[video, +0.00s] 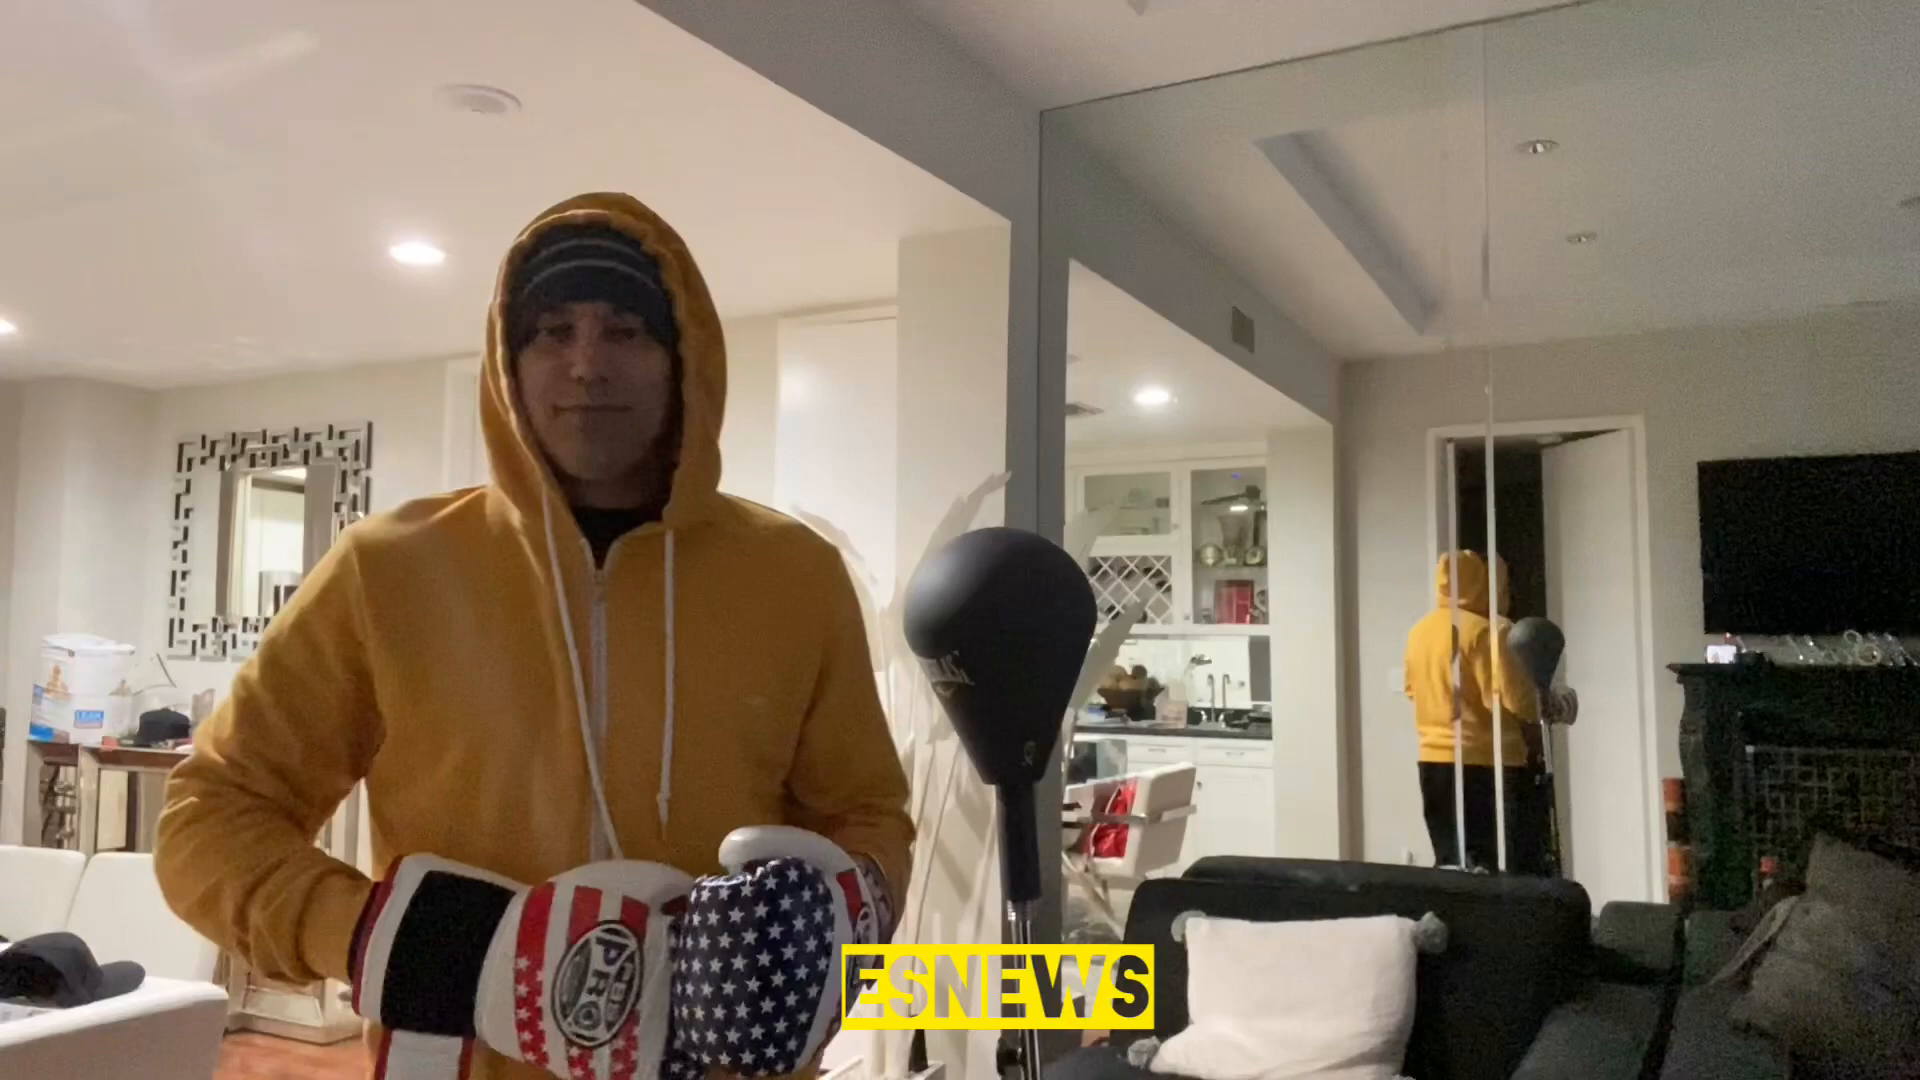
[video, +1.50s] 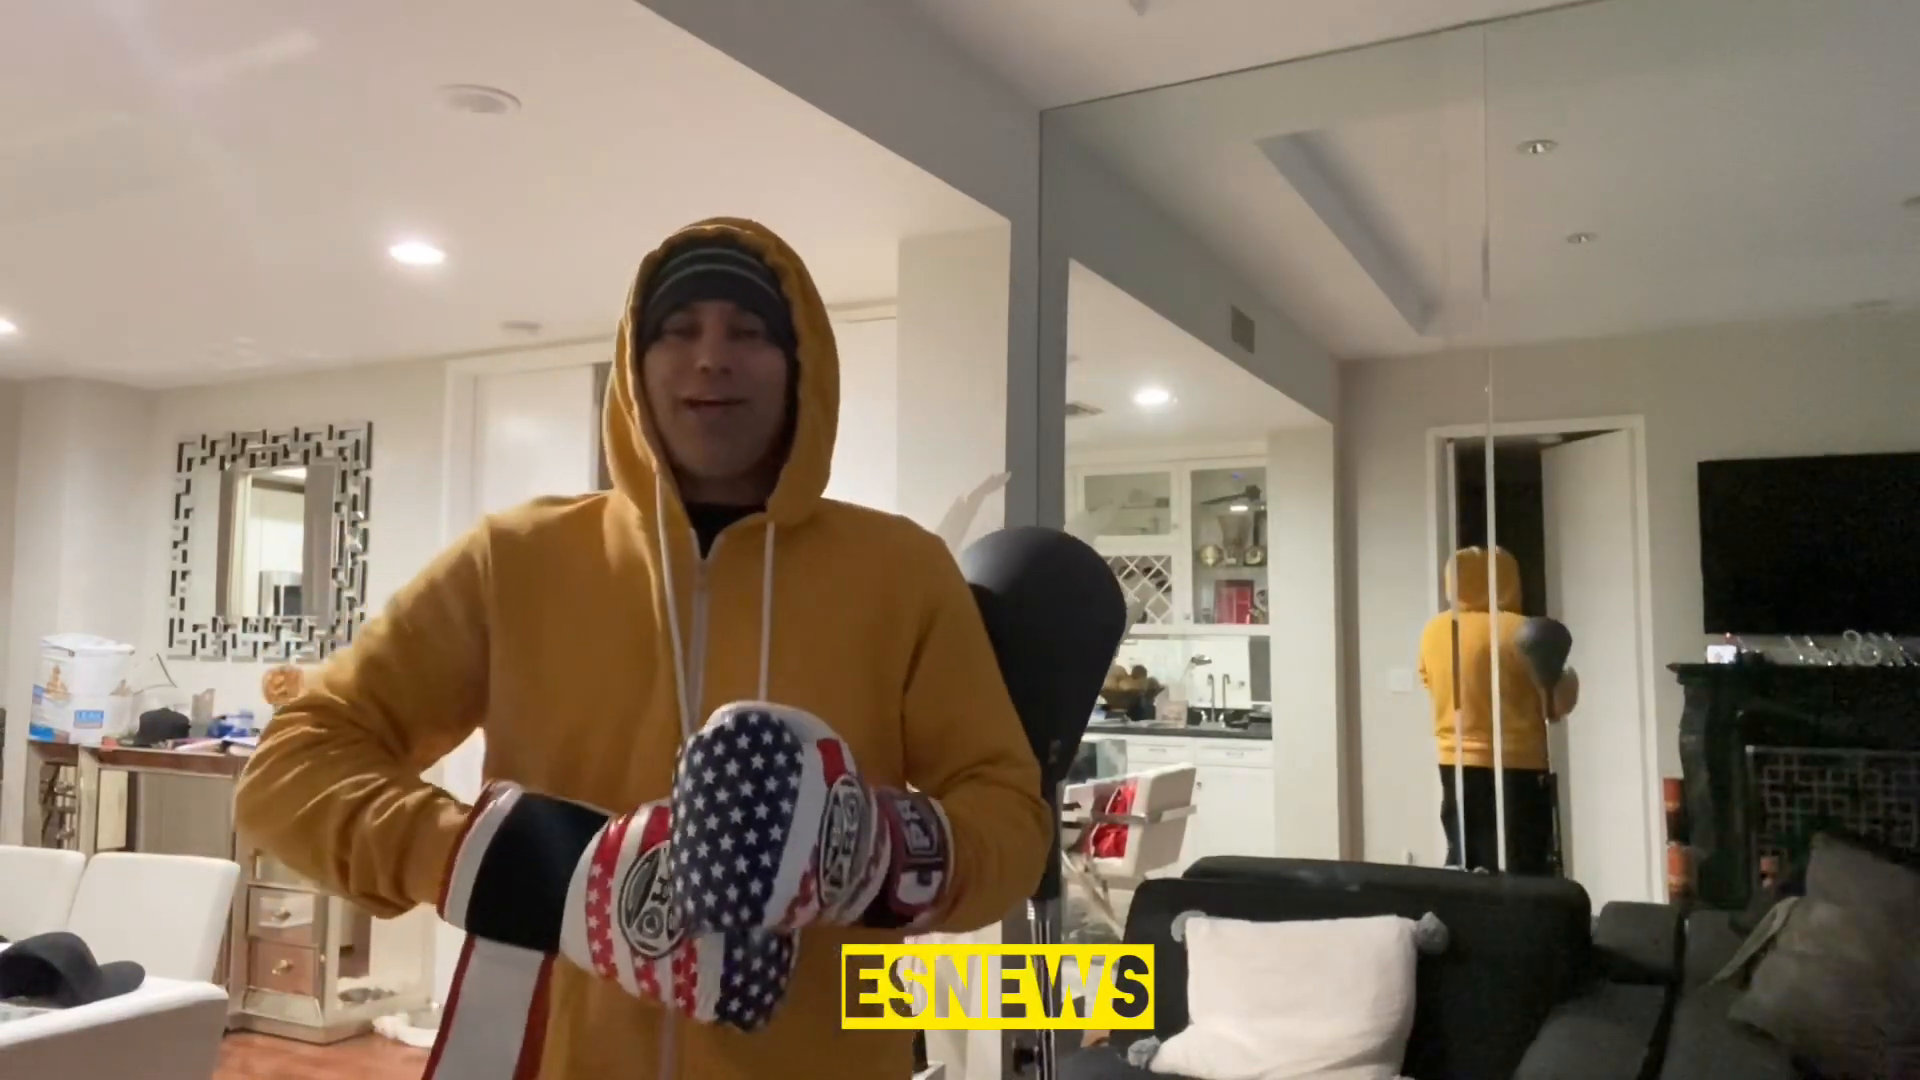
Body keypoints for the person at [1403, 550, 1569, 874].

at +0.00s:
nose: (1503, 593)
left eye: (1503, 585)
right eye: (1498, 585)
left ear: (1444, 585)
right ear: (1480, 585)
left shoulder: (1420, 631)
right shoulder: (1488, 631)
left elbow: (1413, 690)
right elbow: (1516, 699)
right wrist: (1547, 705)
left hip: (1435, 767)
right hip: (1489, 769)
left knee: (1451, 867)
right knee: (1498, 868)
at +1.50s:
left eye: (1453, 581)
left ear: (1456, 584)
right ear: (1507, 583)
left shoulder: (1436, 631)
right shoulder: (1524, 630)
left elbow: (1430, 683)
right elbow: (1557, 705)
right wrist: (1568, 676)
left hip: (1460, 771)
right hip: (1521, 771)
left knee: (1467, 864)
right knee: (1527, 869)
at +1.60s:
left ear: (1455, 585)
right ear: (1507, 583)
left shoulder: (1435, 633)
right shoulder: (1526, 632)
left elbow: (1437, 689)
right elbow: (1563, 702)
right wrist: (1561, 662)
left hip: (1461, 772)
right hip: (1522, 772)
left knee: (1469, 870)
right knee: (1529, 871)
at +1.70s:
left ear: (1455, 586)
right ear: (1507, 583)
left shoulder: (1435, 634)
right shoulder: (1526, 633)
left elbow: (1439, 692)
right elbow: (1569, 700)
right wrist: (1555, 659)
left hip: (1462, 771)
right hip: (1523, 771)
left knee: (1471, 871)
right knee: (1529, 871)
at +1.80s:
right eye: (1514, 582)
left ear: (1458, 587)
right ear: (1508, 585)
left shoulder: (1435, 635)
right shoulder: (1526, 633)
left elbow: (1438, 693)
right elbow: (1572, 699)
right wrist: (1553, 659)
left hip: (1462, 772)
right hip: (1523, 772)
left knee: (1474, 870)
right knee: (1530, 871)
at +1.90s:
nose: (1522, 591)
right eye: (1517, 584)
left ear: (1463, 586)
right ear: (1510, 586)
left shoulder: (1436, 634)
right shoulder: (1525, 634)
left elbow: (1438, 694)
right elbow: (1576, 698)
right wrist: (1555, 661)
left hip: (1462, 773)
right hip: (1523, 773)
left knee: (1473, 872)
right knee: (1529, 874)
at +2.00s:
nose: (1525, 591)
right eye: (1521, 583)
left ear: (1463, 586)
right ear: (1513, 586)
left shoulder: (1437, 634)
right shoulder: (1528, 633)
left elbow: (1433, 689)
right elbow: (1575, 698)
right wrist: (1558, 657)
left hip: (1463, 770)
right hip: (1524, 770)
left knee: (1477, 860)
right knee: (1529, 867)